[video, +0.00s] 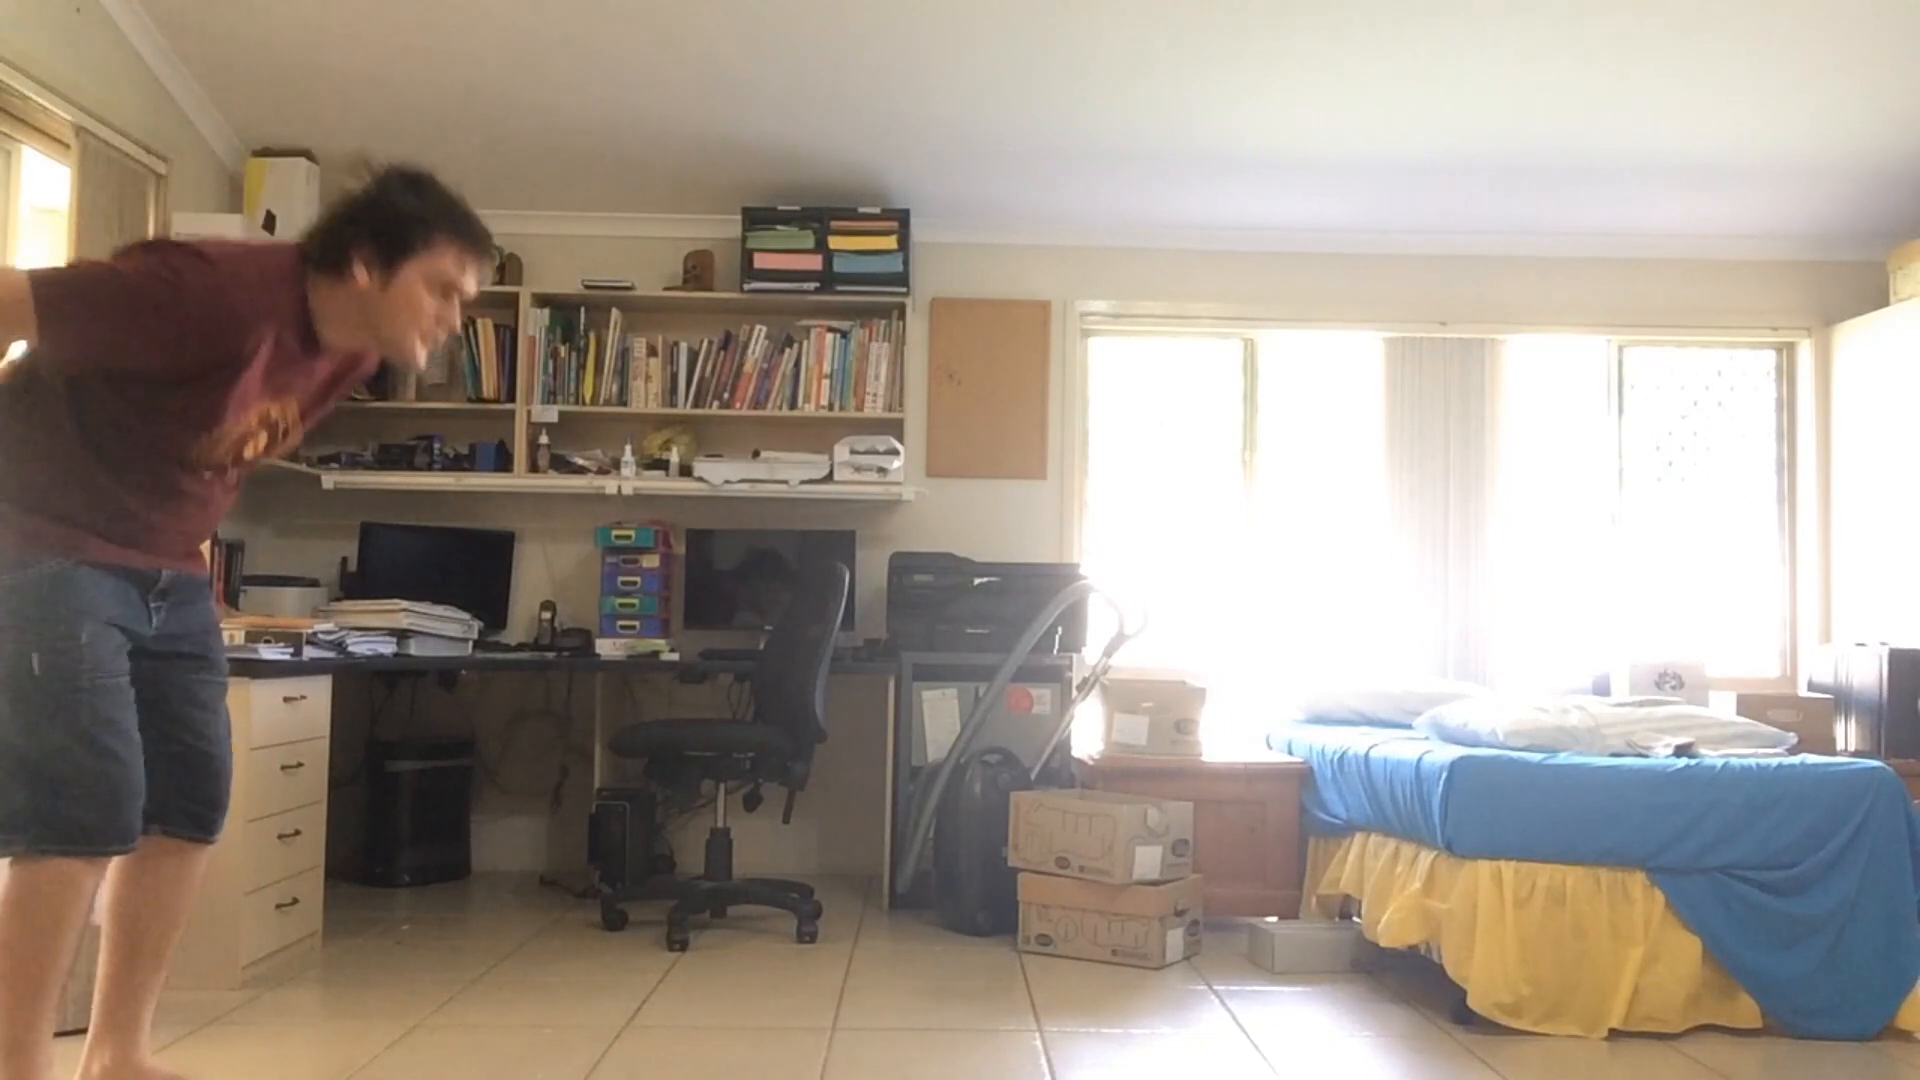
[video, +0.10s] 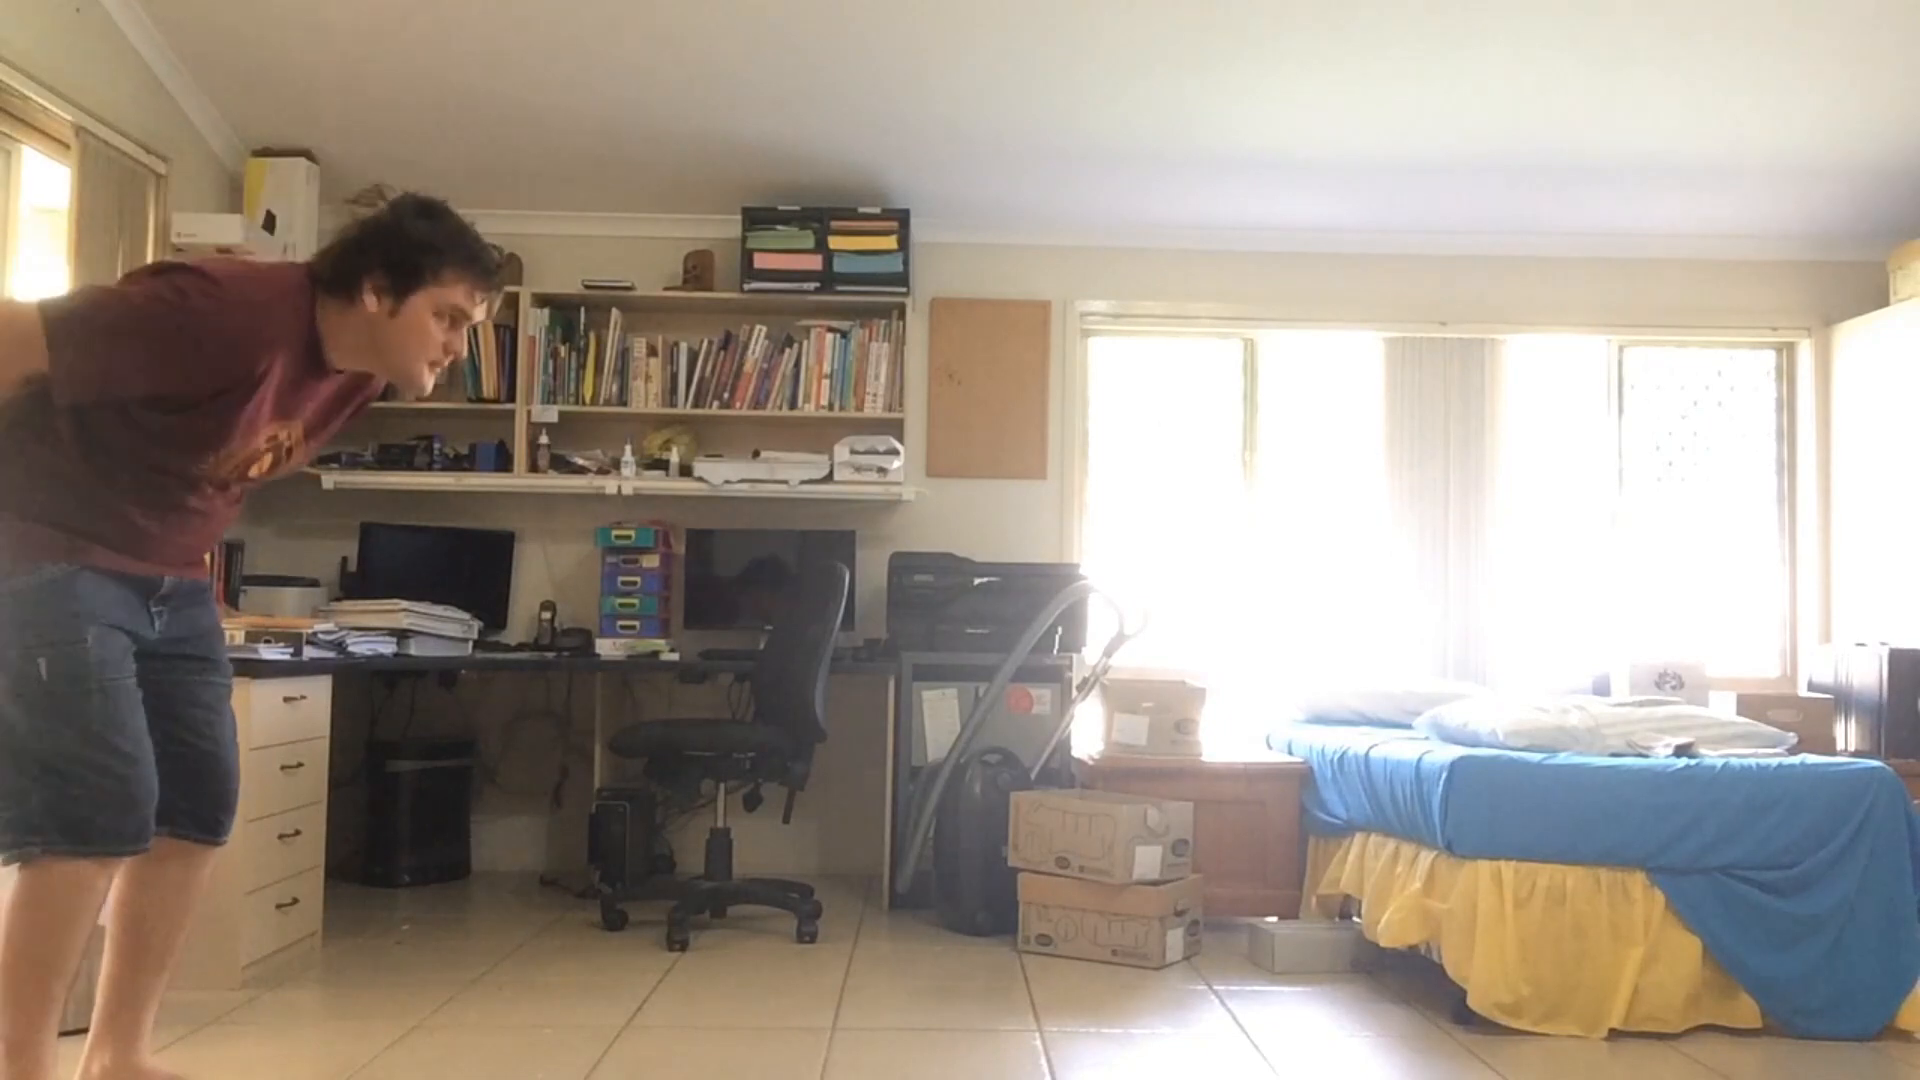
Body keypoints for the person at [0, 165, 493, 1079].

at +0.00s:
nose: (452, 321)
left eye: (463, 305)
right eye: (444, 290)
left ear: (382, 277)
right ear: (371, 261)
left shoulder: (356, 358)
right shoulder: (212, 290)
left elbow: (234, 437)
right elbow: (15, 297)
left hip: (174, 560)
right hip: (45, 543)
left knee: (186, 803)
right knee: (79, 808)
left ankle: (118, 1055)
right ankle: (21, 1064)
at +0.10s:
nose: (458, 349)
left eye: (468, 332)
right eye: (449, 319)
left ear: (388, 301)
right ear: (380, 289)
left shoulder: (358, 385)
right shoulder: (221, 311)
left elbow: (227, 458)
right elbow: (22, 338)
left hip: (178, 571)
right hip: (50, 553)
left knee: (193, 803)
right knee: (92, 808)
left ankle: (118, 1055)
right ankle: (23, 1064)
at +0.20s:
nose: (462, 318)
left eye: (470, 301)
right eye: (451, 286)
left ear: (388, 278)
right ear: (378, 264)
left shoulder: (363, 369)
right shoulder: (223, 298)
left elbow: (230, 461)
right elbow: (21, 371)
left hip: (183, 572)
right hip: (55, 554)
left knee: (198, 807)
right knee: (98, 813)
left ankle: (118, 1054)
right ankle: (23, 1065)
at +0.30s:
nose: (449, 248)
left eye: (457, 231)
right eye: (435, 218)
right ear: (356, 203)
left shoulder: (355, 320)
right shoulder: (207, 261)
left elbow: (259, 443)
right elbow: (29, 385)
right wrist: (10, 560)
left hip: (191, 564)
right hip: (73, 550)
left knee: (194, 806)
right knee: (96, 810)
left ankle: (118, 1054)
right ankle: (25, 1063)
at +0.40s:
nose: (417, 176)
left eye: (424, 158)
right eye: (399, 147)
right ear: (320, 138)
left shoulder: (336, 268)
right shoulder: (197, 211)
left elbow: (267, 422)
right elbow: (43, 366)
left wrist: (296, 538)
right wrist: (96, 554)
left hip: (207, 569)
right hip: (88, 553)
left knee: (183, 824)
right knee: (86, 828)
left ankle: (117, 1056)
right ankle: (24, 1061)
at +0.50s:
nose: (378, 124)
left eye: (383, 108)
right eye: (360, 96)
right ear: (282, 89)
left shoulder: (311, 231)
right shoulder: (174, 174)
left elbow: (274, 386)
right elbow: (63, 340)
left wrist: (360, 478)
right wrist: (216, 477)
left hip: (213, 551)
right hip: (91, 542)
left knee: (176, 824)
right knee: (74, 829)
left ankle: (116, 1058)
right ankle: (25, 1062)